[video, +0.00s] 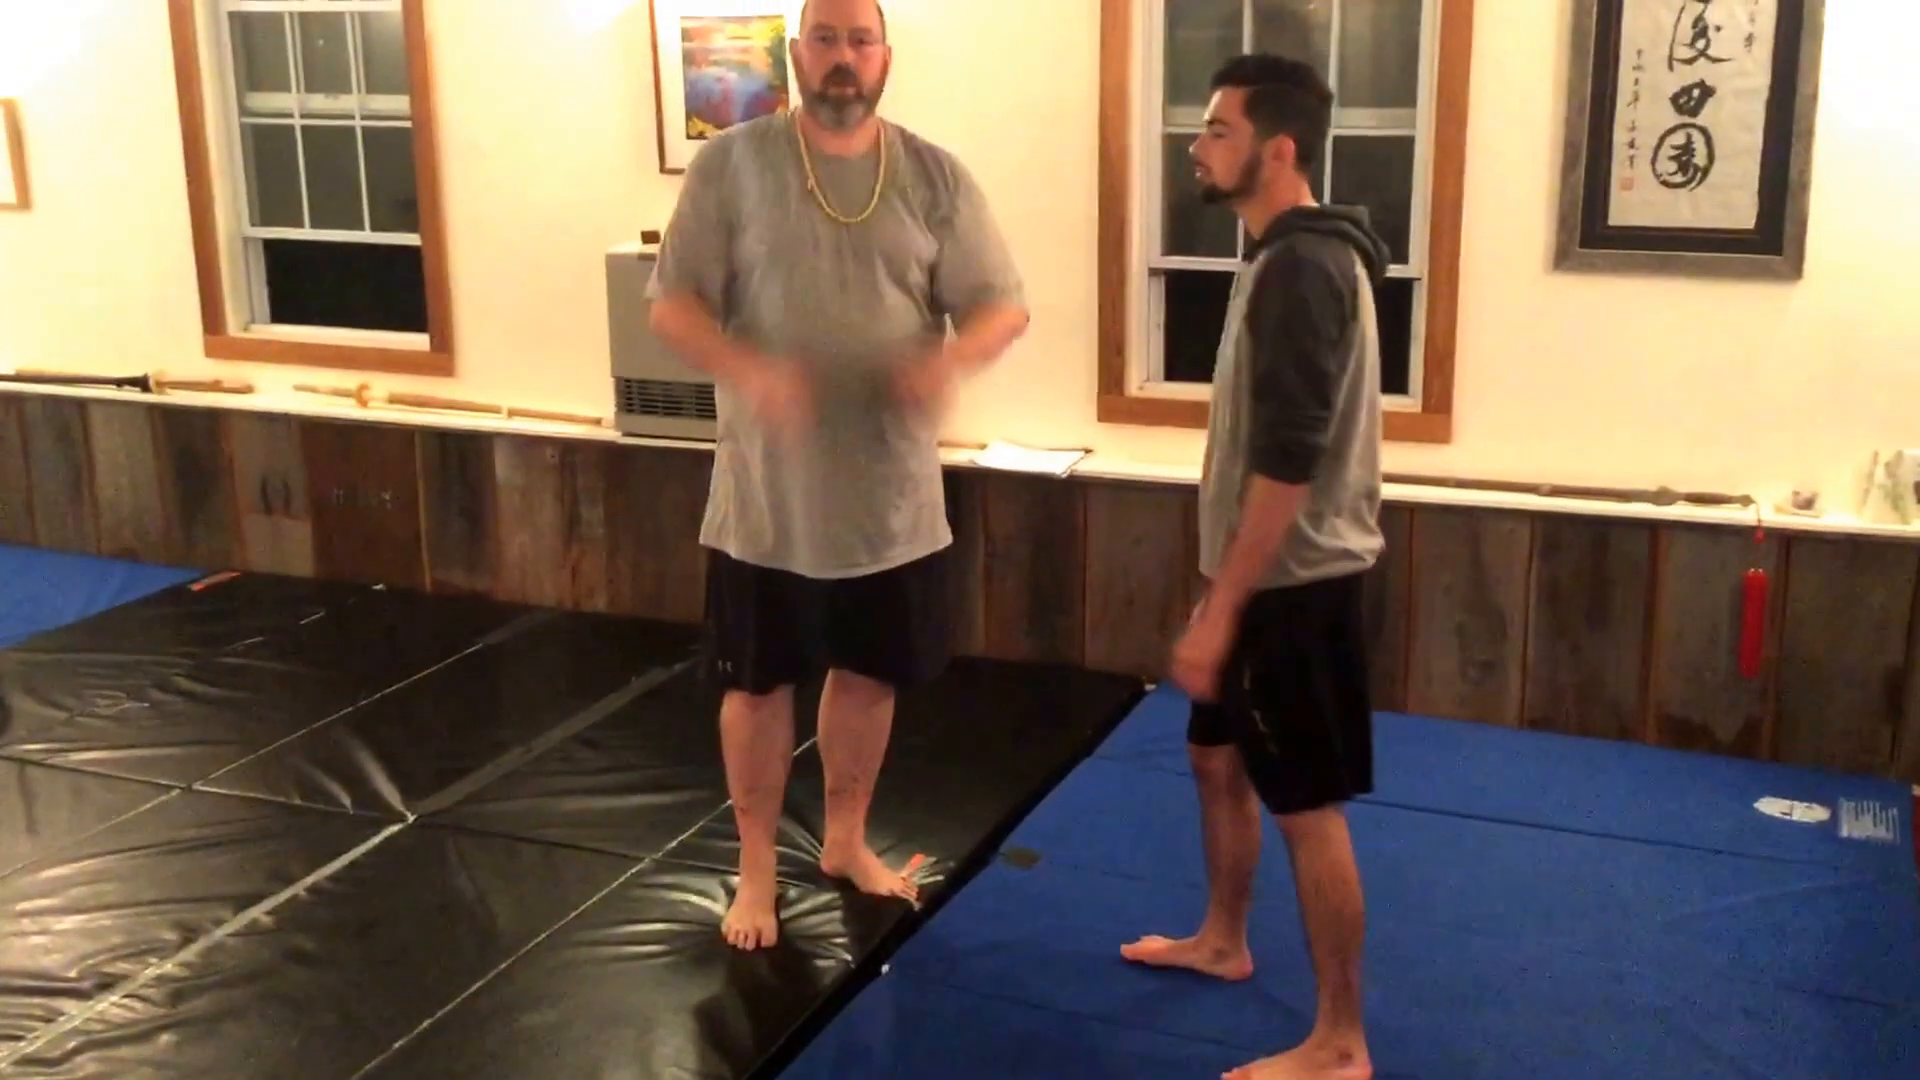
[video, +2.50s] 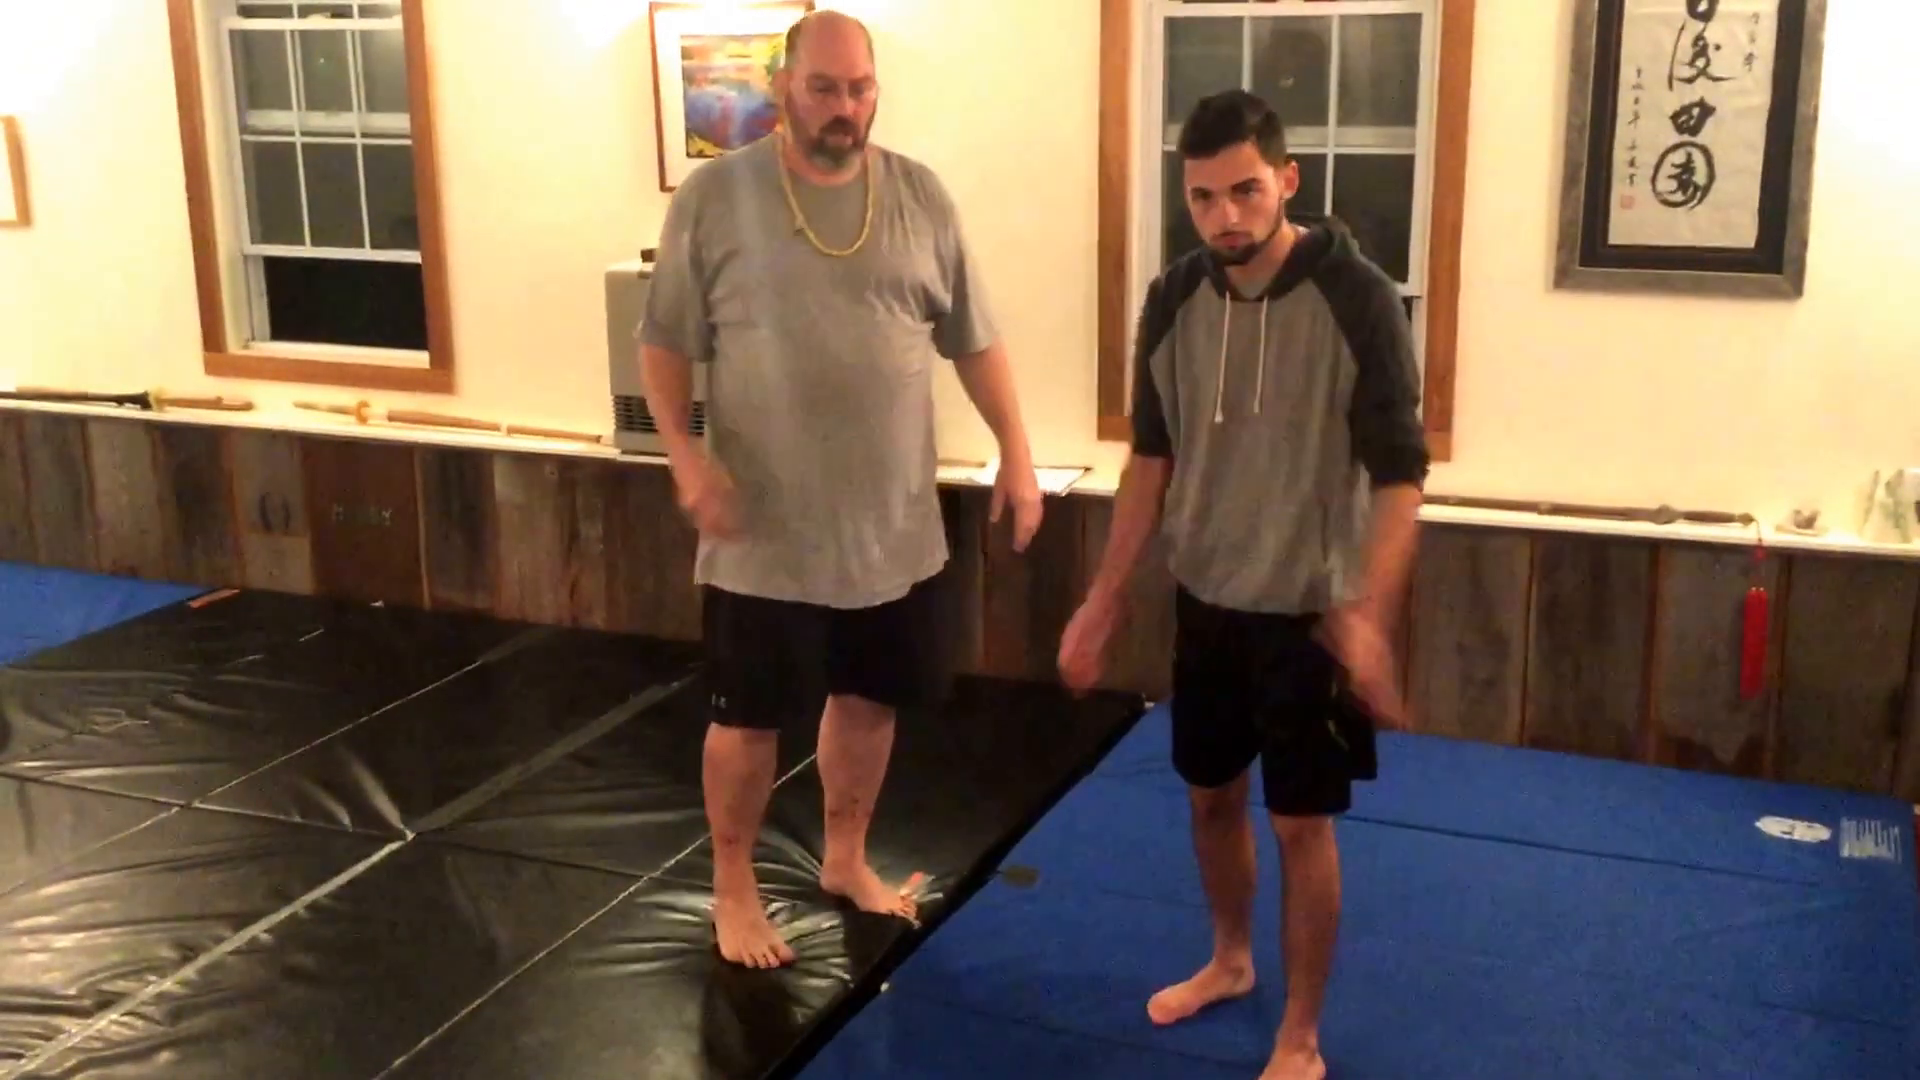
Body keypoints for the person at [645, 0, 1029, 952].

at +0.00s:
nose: (838, 56)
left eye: (857, 38)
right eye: (821, 36)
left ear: (887, 52)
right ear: (794, 48)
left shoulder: (937, 179)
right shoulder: (728, 166)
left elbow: (1002, 308)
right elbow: (671, 303)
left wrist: (947, 359)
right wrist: (751, 371)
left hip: (887, 492)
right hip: (763, 492)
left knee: (870, 674)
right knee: (757, 684)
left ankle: (847, 846)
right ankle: (755, 871)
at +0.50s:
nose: (852, 69)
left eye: (871, 50)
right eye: (835, 50)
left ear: (898, 63)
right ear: (804, 60)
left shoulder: (940, 187)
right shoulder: (734, 180)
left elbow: (979, 334)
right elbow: (675, 320)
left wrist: (1014, 461)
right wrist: (682, 449)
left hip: (897, 499)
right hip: (766, 497)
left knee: (870, 685)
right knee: (758, 695)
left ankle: (846, 854)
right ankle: (754, 878)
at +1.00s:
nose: (872, 80)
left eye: (883, 62)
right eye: (851, 63)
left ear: (897, 70)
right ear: (803, 71)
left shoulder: (934, 188)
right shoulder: (745, 178)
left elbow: (985, 333)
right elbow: (689, 285)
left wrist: (1032, 458)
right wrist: (806, 240)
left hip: (903, 499)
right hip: (778, 499)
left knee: (873, 687)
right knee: (765, 699)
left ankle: (844, 861)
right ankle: (754, 882)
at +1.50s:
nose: (864, 87)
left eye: (877, 68)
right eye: (841, 70)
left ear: (894, 74)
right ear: (800, 79)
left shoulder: (929, 189)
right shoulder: (746, 183)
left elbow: (974, 331)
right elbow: (705, 305)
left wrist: (1020, 442)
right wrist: (844, 269)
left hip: (904, 499)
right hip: (780, 501)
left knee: (873, 691)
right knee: (767, 703)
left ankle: (844, 863)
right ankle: (754, 889)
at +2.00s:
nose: (853, 88)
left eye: (870, 70)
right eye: (834, 70)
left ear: (898, 78)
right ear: (805, 78)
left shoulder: (947, 196)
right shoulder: (746, 192)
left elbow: (993, 340)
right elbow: (694, 340)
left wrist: (1028, 463)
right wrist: (668, 478)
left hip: (907, 509)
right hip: (778, 508)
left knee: (878, 695)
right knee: (761, 710)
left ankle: (846, 862)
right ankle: (752, 888)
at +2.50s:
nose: (845, 106)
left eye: (860, 88)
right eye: (824, 88)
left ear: (878, 88)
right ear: (782, 87)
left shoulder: (919, 196)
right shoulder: (711, 199)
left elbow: (972, 335)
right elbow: (665, 340)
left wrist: (1017, 454)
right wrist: (685, 456)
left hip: (889, 515)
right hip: (760, 520)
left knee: (870, 700)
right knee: (750, 718)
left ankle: (846, 862)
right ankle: (735, 888)